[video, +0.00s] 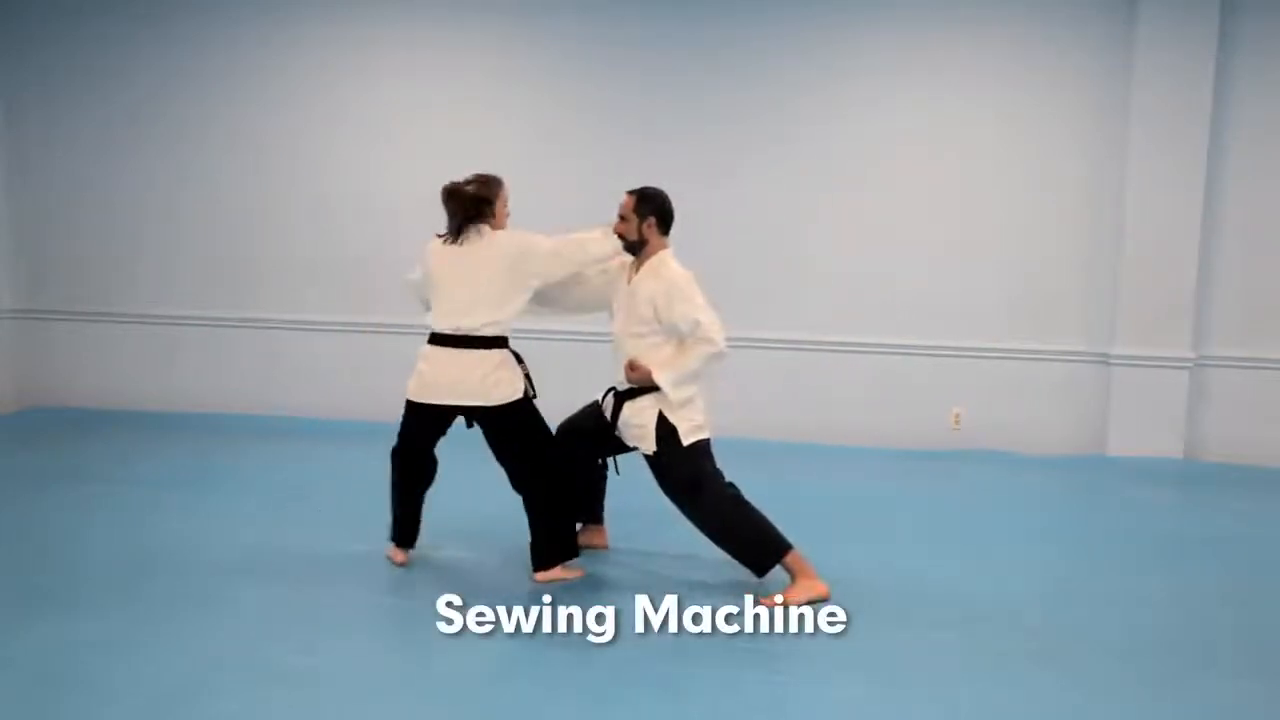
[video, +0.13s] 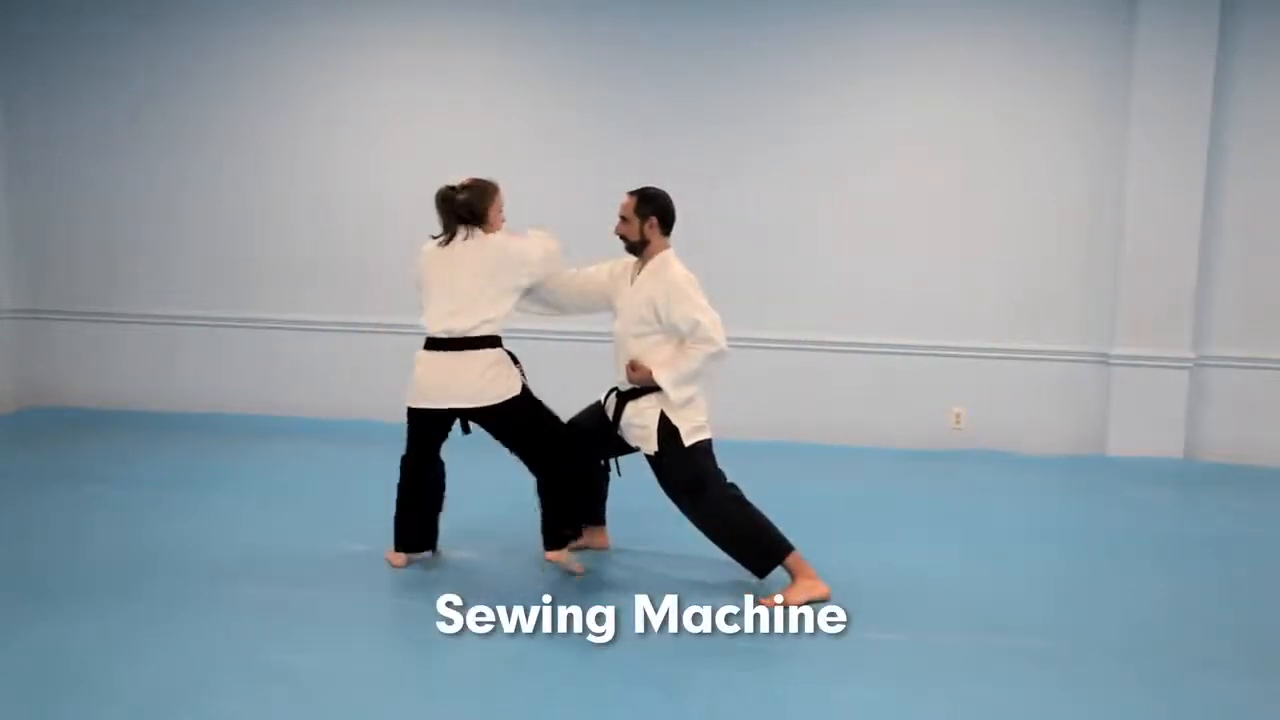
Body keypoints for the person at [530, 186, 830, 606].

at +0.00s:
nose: (615, 225)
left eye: (623, 218)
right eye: (617, 217)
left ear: (649, 225)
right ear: (647, 224)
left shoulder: (670, 277)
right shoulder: (623, 271)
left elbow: (710, 341)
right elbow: (567, 290)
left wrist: (658, 373)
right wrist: (512, 279)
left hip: (669, 409)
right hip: (632, 402)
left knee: (708, 498)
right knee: (573, 438)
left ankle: (806, 577)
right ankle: (590, 528)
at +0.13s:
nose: (617, 225)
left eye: (624, 219)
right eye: (618, 218)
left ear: (650, 224)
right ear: (647, 224)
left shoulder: (671, 277)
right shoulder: (624, 272)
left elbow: (711, 341)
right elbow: (565, 289)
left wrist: (659, 374)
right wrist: (507, 276)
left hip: (669, 411)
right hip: (632, 404)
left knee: (709, 498)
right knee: (575, 440)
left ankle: (805, 578)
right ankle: (591, 530)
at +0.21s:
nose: (618, 227)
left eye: (626, 220)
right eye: (620, 219)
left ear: (653, 226)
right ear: (649, 226)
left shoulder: (673, 278)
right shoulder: (625, 274)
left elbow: (712, 341)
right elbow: (564, 287)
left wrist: (661, 373)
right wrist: (501, 284)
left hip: (673, 413)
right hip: (634, 406)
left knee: (710, 499)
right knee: (579, 439)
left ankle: (805, 578)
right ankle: (592, 535)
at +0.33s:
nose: (619, 227)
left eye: (626, 221)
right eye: (620, 219)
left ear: (653, 226)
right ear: (649, 226)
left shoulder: (674, 278)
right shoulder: (627, 273)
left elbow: (713, 340)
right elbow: (567, 286)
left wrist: (663, 373)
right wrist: (507, 285)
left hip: (673, 411)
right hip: (636, 404)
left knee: (711, 498)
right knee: (583, 439)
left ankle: (806, 578)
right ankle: (599, 531)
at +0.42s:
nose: (618, 226)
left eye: (626, 219)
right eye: (619, 217)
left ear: (653, 225)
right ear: (651, 224)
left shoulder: (674, 276)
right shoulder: (624, 273)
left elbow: (714, 338)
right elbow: (566, 289)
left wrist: (663, 371)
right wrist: (513, 287)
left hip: (674, 408)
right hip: (635, 401)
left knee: (712, 495)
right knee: (584, 436)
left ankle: (806, 578)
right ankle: (593, 530)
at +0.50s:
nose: (617, 225)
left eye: (625, 218)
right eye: (618, 217)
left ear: (652, 224)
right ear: (647, 224)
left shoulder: (675, 275)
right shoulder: (622, 271)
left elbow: (715, 337)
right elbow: (571, 293)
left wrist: (664, 370)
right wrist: (522, 275)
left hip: (674, 407)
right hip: (634, 400)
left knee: (714, 494)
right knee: (587, 437)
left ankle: (807, 578)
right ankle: (593, 529)